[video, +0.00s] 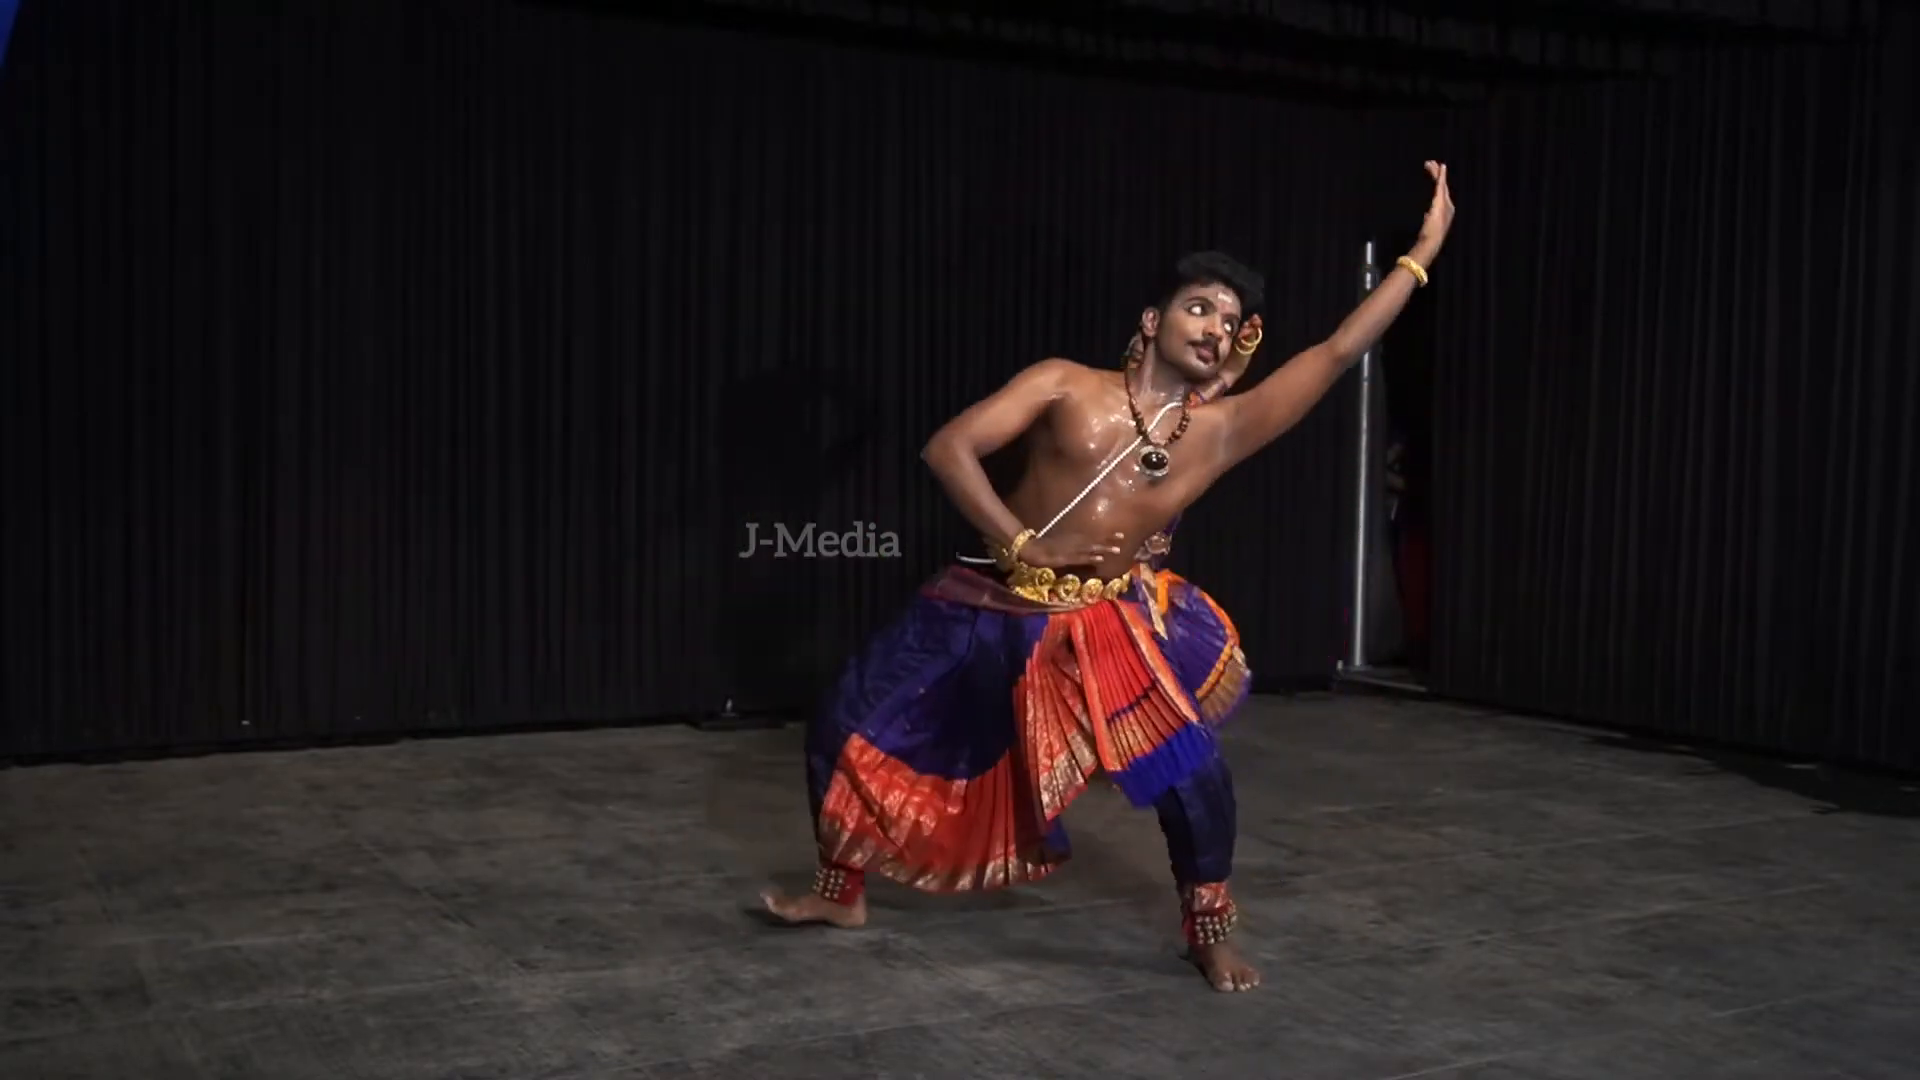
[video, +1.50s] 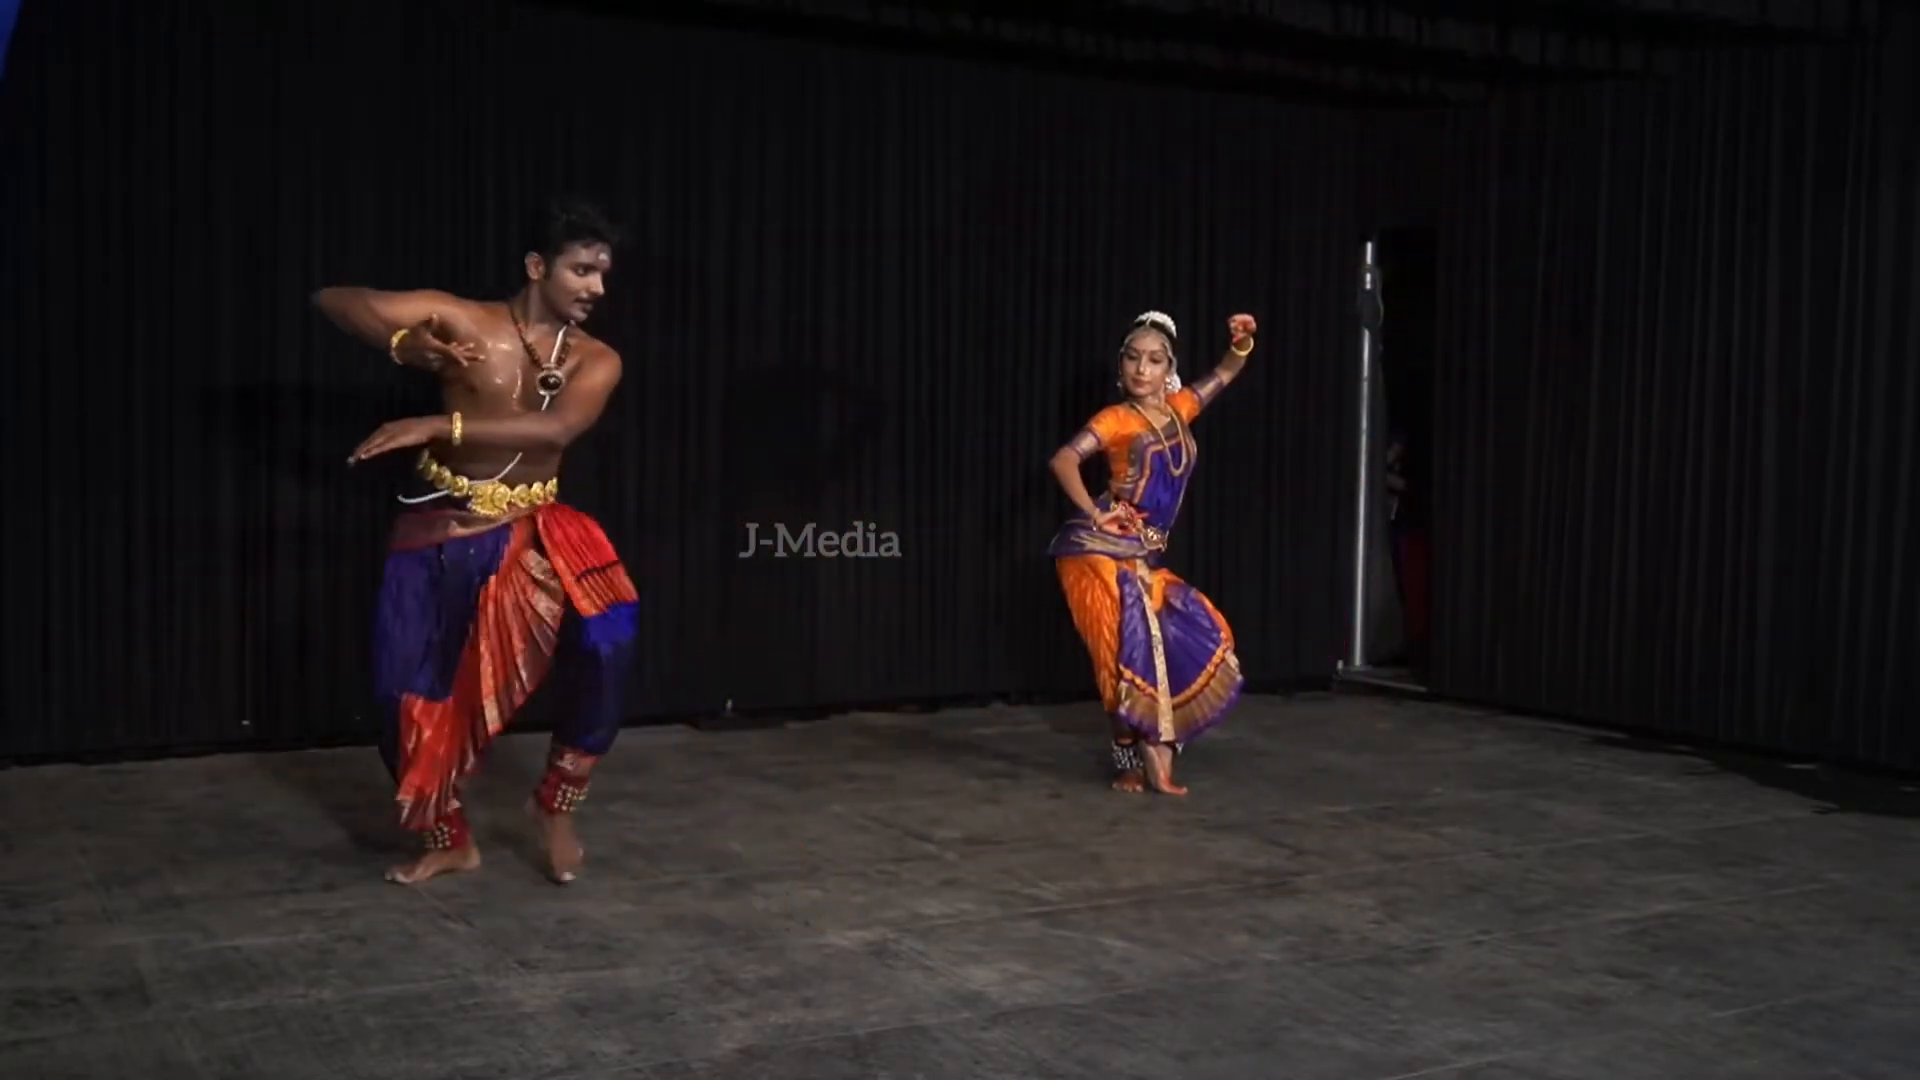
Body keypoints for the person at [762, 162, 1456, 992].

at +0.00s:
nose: (1217, 328)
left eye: (1231, 322)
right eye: (1202, 309)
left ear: (1236, 351)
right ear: (1151, 322)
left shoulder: (1220, 431)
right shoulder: (1063, 387)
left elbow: (1336, 350)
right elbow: (947, 449)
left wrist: (1419, 258)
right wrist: (1017, 541)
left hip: (1113, 621)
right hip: (997, 603)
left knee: (1197, 768)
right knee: (851, 714)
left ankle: (1210, 928)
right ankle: (838, 886)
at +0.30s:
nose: (1073, 405)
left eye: (1084, 397)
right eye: (1066, 385)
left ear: (1078, 406)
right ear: (1016, 369)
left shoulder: (1036, 489)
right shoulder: (911, 392)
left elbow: (1159, 526)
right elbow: (779, 354)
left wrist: (1286, 556)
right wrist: (835, 441)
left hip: (897, 607)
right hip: (795, 587)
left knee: (997, 734)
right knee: (747, 745)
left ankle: (1090, 896)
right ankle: (821, 888)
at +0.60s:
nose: (946, 433)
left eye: (957, 422)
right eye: (941, 413)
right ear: (899, 384)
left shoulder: (905, 496)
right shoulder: (793, 388)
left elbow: (929, 601)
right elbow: (670, 349)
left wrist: (963, 708)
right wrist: (731, 434)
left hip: (778, 595)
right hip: (692, 573)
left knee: (836, 744)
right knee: (723, 744)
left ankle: (687, 799)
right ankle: (820, 889)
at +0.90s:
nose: (804, 375)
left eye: (814, 364)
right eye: (797, 357)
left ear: (818, 364)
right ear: (752, 335)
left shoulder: (778, 439)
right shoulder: (660, 358)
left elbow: (726, 522)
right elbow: (537, 329)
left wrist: (678, 581)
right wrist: (611, 396)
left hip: (679, 574)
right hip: (597, 560)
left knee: (691, 732)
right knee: (656, 728)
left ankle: (573, 828)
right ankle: (765, 864)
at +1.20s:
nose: (688, 323)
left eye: (697, 309)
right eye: (677, 305)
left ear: (702, 310)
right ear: (632, 292)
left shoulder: (682, 391)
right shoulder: (551, 333)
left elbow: (634, 466)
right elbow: (426, 313)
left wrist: (525, 464)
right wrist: (499, 359)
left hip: (609, 558)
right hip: (518, 548)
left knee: (616, 703)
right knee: (455, 670)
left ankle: (563, 845)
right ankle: (520, 828)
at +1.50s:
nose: (596, 288)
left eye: (602, 274)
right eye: (582, 271)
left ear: (603, 278)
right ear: (535, 267)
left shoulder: (597, 360)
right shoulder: (461, 320)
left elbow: (558, 430)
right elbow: (332, 300)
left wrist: (442, 428)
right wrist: (399, 341)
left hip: (529, 543)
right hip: (435, 537)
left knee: (606, 643)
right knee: (411, 686)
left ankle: (559, 806)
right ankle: (450, 839)